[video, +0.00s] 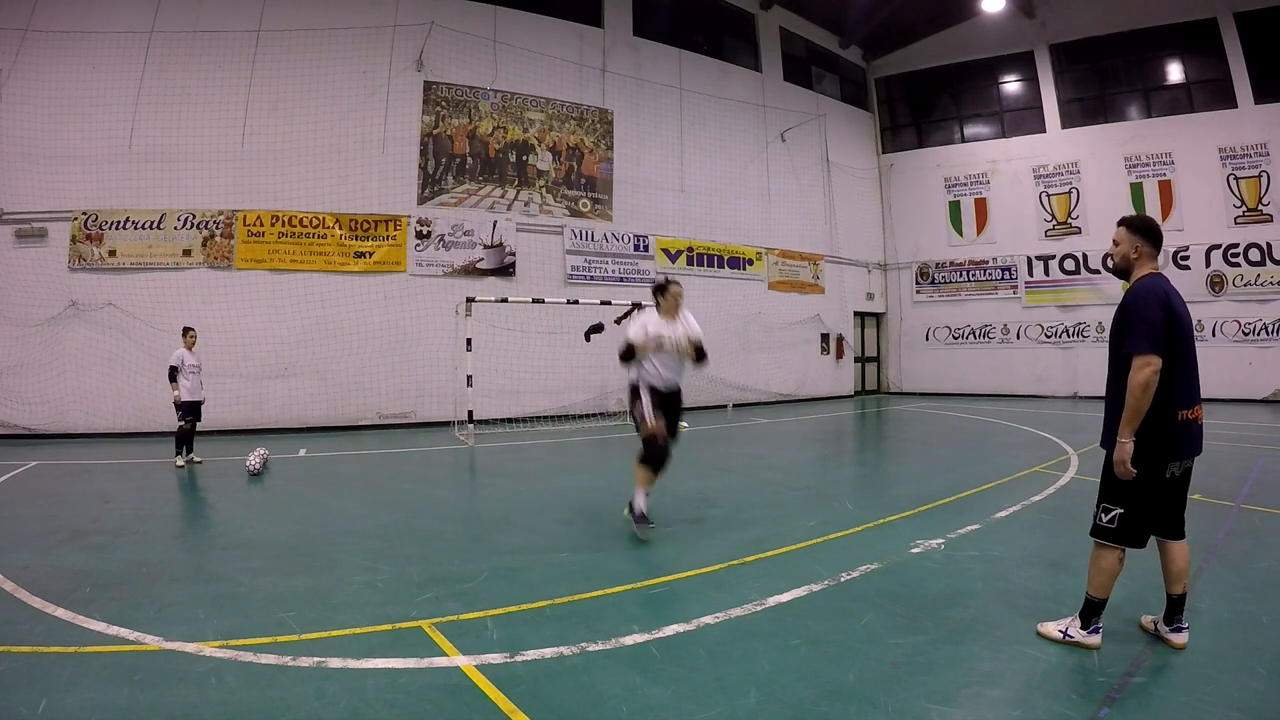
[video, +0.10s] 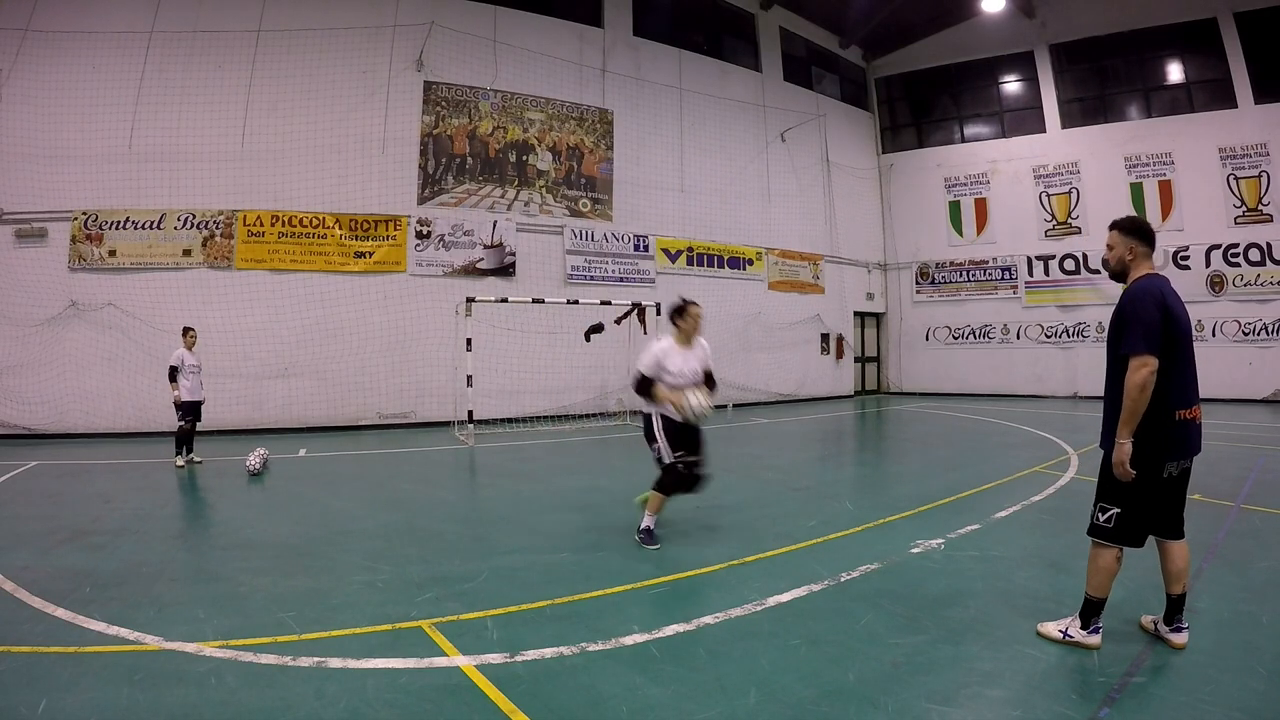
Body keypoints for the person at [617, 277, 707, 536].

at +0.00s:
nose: (678, 301)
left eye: (680, 297)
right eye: (674, 297)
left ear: (682, 299)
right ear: (660, 298)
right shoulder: (644, 320)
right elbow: (625, 356)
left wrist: (692, 348)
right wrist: (648, 346)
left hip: (671, 390)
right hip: (644, 387)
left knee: (663, 450)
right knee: (656, 443)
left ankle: (638, 499)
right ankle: (639, 504)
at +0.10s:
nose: (698, 323)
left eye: (699, 318)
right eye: (693, 318)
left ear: (698, 321)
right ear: (678, 320)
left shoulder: (701, 347)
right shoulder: (660, 347)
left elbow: (709, 383)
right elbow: (640, 384)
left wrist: (697, 397)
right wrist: (672, 398)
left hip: (687, 419)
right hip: (660, 417)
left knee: (692, 478)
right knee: (674, 470)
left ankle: (653, 497)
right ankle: (647, 526)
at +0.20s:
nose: (731, 337)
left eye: (732, 332)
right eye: (726, 332)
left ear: (730, 334)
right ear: (711, 334)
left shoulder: (730, 359)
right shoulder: (688, 363)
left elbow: (734, 394)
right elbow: (672, 407)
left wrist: (733, 417)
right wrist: (701, 427)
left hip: (707, 422)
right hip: (677, 422)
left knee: (740, 463)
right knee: (687, 483)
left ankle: (715, 507)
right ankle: (650, 525)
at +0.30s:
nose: (768, 356)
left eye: (770, 351)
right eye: (764, 350)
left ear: (767, 352)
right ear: (748, 350)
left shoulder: (758, 373)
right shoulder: (723, 372)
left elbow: (767, 406)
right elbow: (707, 421)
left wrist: (774, 430)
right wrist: (735, 451)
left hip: (725, 421)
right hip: (696, 421)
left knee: (764, 466)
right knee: (712, 478)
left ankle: (788, 525)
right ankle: (674, 521)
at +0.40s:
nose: (800, 386)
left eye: (801, 381)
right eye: (795, 381)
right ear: (779, 380)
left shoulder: (790, 399)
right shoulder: (758, 400)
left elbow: (786, 433)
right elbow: (752, 457)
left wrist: (804, 458)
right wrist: (783, 487)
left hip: (755, 432)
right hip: (720, 429)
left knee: (792, 469)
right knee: (739, 469)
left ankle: (801, 532)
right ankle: (737, 521)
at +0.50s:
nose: (823, 423)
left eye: (824, 417)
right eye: (819, 417)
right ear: (804, 414)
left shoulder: (797, 409)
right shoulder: (783, 428)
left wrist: (810, 481)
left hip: (762, 437)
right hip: (732, 441)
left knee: (803, 472)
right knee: (766, 479)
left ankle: (802, 531)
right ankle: (787, 541)